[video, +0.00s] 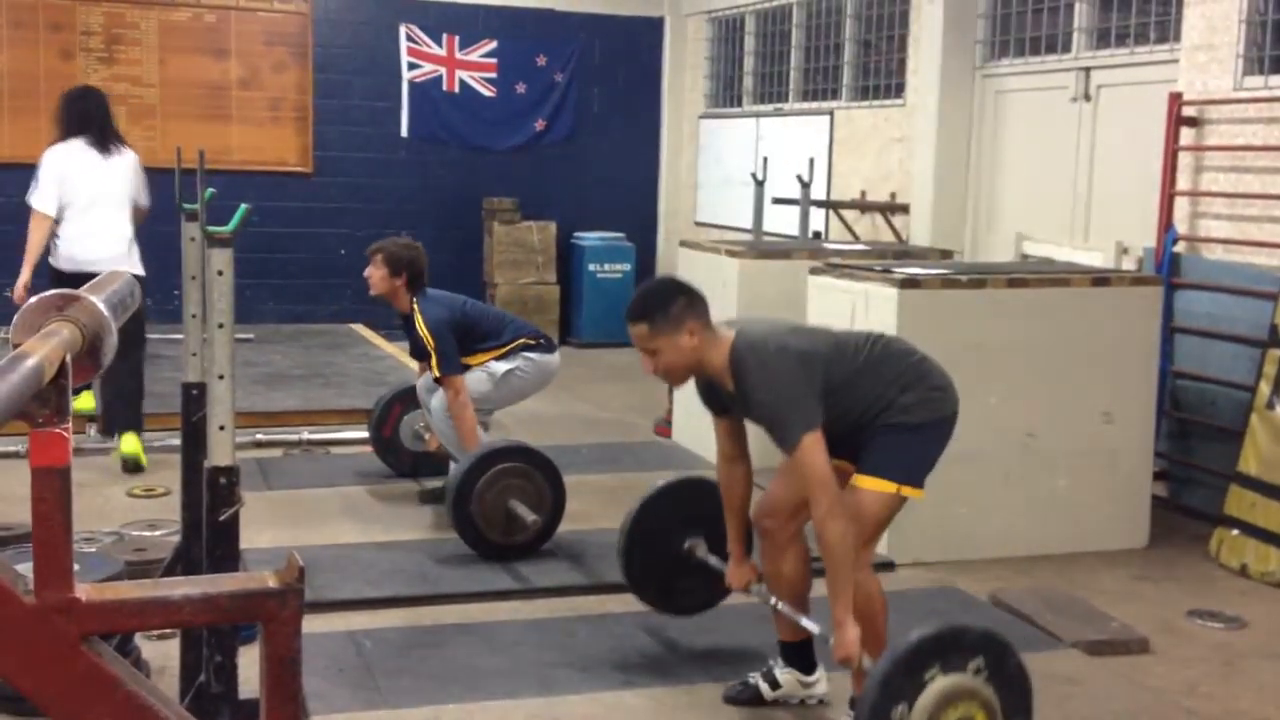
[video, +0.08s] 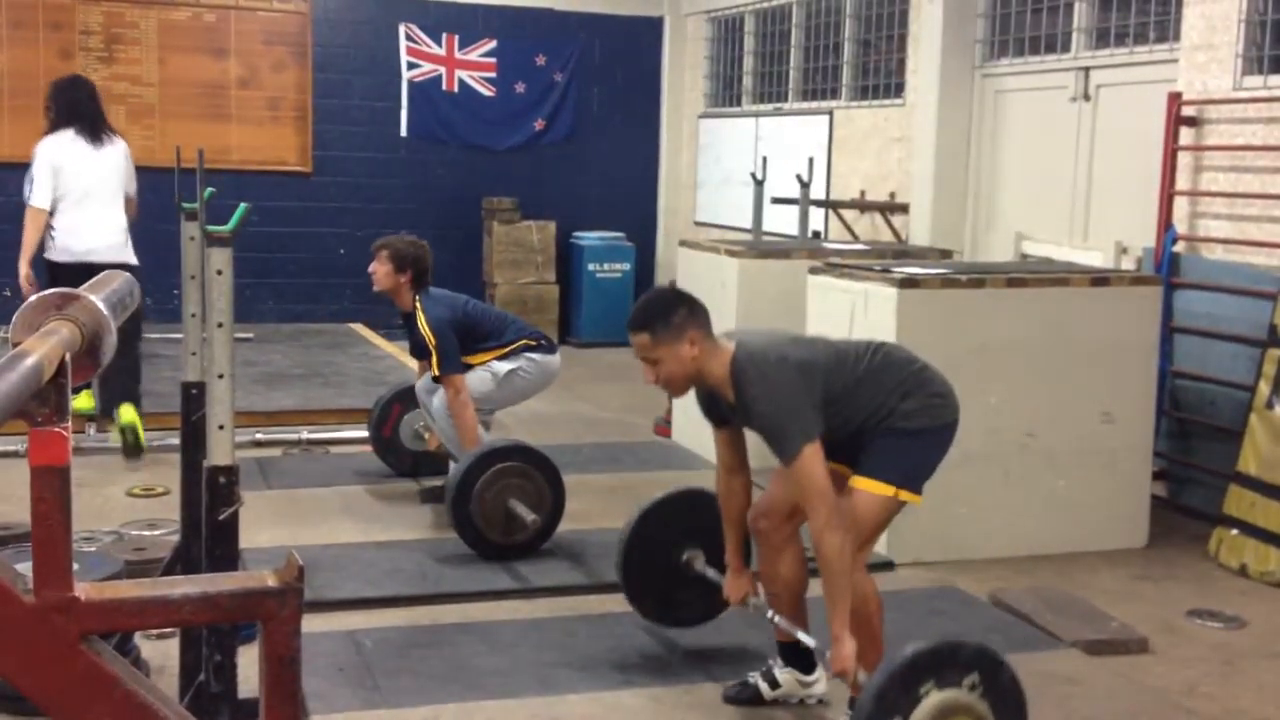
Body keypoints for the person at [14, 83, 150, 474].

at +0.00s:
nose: (61, 119)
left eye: (64, 112)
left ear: (66, 116)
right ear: (105, 115)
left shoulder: (57, 155)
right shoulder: (127, 155)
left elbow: (42, 216)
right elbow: (140, 208)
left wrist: (26, 271)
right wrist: (117, 231)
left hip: (69, 268)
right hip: (122, 269)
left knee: (68, 333)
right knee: (129, 351)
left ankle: (82, 388)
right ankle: (129, 434)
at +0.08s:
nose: (47, 111)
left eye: (49, 106)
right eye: (48, 106)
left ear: (57, 107)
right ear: (93, 104)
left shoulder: (50, 147)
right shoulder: (117, 144)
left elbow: (39, 208)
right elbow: (130, 203)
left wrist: (24, 259)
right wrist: (114, 231)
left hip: (66, 259)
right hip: (117, 257)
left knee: (66, 331)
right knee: (125, 335)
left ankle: (79, 390)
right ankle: (126, 406)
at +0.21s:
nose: (36, 96)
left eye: (40, 90)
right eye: (38, 90)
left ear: (49, 93)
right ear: (84, 90)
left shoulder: (44, 132)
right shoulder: (107, 130)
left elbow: (33, 195)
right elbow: (125, 186)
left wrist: (22, 242)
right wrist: (118, 225)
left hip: (62, 245)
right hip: (110, 243)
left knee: (61, 322)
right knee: (112, 312)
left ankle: (78, 391)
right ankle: (119, 368)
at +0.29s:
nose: (35, 88)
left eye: (38, 82)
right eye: (36, 81)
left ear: (49, 85)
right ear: (80, 83)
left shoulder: (41, 124)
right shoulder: (105, 123)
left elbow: (30, 185)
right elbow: (122, 180)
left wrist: (19, 217)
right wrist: (123, 226)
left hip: (62, 235)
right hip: (108, 232)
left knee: (64, 313)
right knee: (103, 305)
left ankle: (81, 389)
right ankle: (115, 358)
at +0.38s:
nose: (27, 81)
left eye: (31, 75)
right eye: (28, 74)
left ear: (44, 80)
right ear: (74, 79)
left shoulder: (37, 120)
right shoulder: (99, 118)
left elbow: (24, 179)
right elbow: (117, 176)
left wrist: (11, 199)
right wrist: (124, 225)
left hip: (63, 231)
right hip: (105, 225)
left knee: (62, 312)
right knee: (95, 300)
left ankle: (81, 391)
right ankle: (109, 361)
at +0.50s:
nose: (20, 82)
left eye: (24, 77)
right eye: (22, 75)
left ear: (34, 81)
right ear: (67, 78)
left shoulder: (29, 122)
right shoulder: (92, 119)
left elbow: (10, 179)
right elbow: (111, 176)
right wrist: (124, 224)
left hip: (55, 235)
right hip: (97, 230)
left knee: (60, 316)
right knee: (91, 310)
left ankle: (70, 392)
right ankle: (88, 388)